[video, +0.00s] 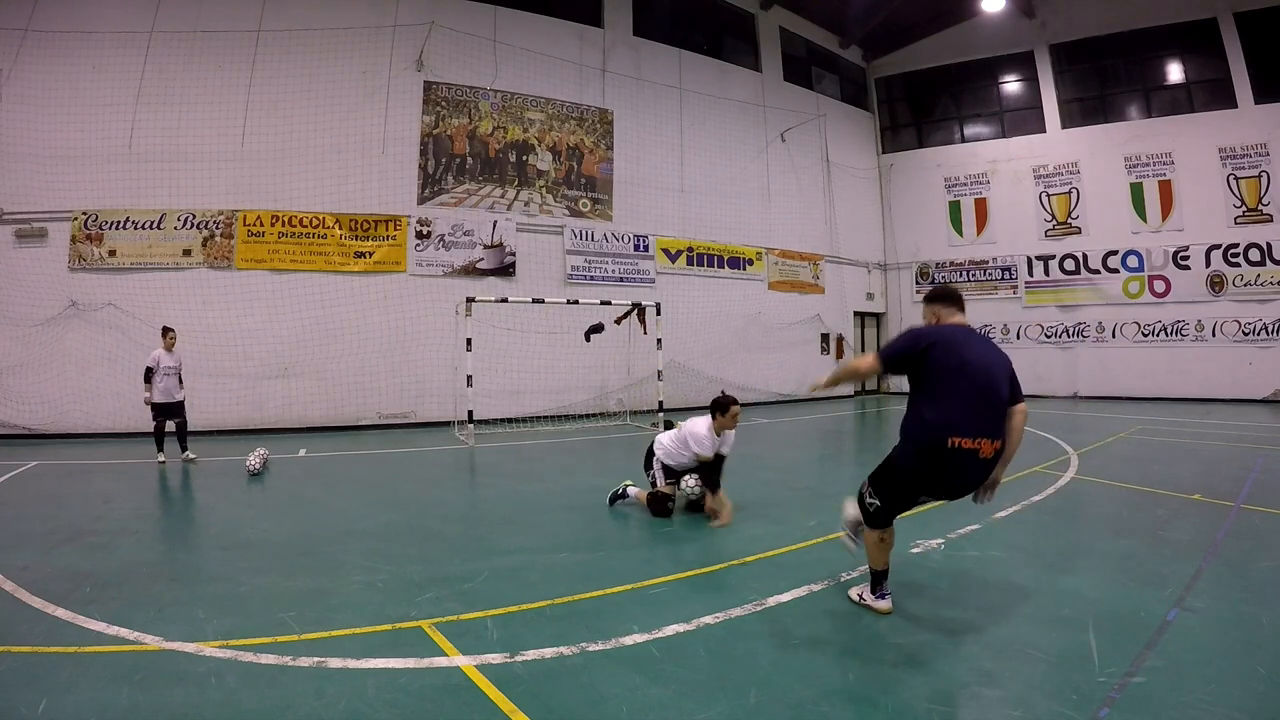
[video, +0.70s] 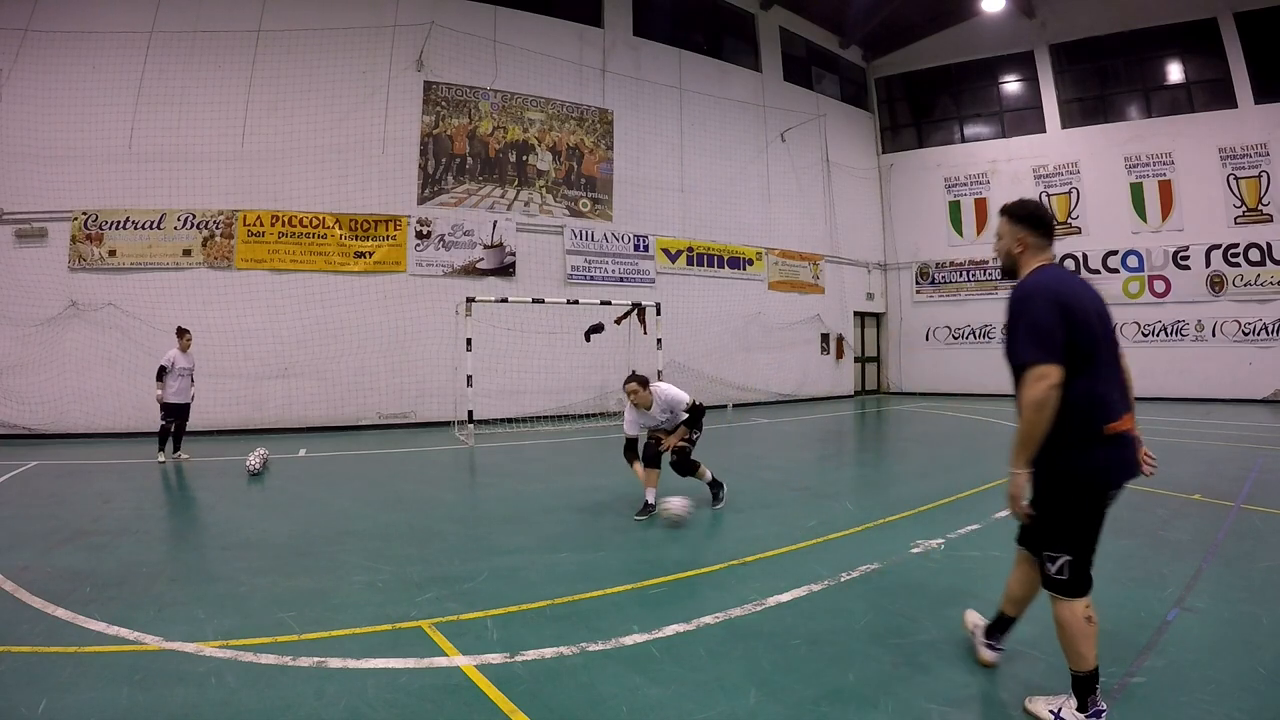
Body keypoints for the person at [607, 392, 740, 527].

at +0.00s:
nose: (738, 419)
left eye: (738, 415)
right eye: (733, 416)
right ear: (718, 416)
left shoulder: (728, 431)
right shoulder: (701, 432)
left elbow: (716, 468)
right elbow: (707, 474)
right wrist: (724, 506)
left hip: (688, 460)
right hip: (661, 456)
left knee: (700, 503)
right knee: (663, 509)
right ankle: (630, 491)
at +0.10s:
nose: (730, 414)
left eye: (732, 410)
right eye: (728, 410)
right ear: (714, 405)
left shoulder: (722, 424)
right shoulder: (692, 418)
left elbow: (713, 456)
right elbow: (684, 457)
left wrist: (721, 475)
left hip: (688, 459)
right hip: (662, 455)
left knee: (699, 505)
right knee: (665, 507)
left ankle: (669, 488)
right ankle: (630, 492)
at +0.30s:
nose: (692, 396)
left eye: (696, 392)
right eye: (688, 392)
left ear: (702, 389)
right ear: (681, 388)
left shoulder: (713, 399)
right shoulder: (671, 396)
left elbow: (733, 404)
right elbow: (647, 400)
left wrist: (741, 408)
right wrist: (635, 401)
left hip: (693, 452)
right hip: (665, 444)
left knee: (704, 504)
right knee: (652, 475)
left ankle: (684, 484)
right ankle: (632, 492)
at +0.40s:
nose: (672, 386)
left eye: (676, 382)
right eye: (669, 382)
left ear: (683, 377)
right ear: (663, 378)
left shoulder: (694, 382)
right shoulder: (656, 387)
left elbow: (707, 375)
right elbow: (629, 399)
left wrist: (720, 377)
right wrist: (628, 407)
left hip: (693, 444)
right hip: (666, 439)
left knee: (696, 503)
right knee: (639, 453)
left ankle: (683, 483)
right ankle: (645, 499)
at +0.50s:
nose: (653, 379)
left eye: (657, 374)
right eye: (649, 375)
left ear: (665, 371)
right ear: (644, 374)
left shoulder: (682, 378)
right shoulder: (640, 393)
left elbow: (699, 373)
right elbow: (622, 427)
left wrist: (701, 392)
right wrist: (624, 457)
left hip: (692, 436)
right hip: (665, 432)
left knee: (682, 493)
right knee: (644, 453)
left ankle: (692, 483)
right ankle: (649, 502)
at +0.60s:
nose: (638, 384)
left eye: (643, 378)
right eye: (635, 381)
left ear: (654, 379)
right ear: (633, 385)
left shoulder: (673, 385)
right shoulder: (634, 406)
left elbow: (702, 396)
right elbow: (629, 443)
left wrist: (687, 428)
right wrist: (628, 484)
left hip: (686, 428)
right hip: (660, 431)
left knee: (681, 476)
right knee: (647, 451)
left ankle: (706, 476)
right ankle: (649, 502)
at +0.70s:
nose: (631, 398)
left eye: (635, 393)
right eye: (628, 394)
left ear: (646, 389)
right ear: (626, 396)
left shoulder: (666, 393)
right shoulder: (631, 412)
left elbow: (698, 411)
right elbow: (629, 448)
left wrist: (676, 436)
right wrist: (639, 470)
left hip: (685, 421)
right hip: (659, 429)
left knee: (679, 462)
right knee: (650, 452)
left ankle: (715, 485)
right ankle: (650, 503)